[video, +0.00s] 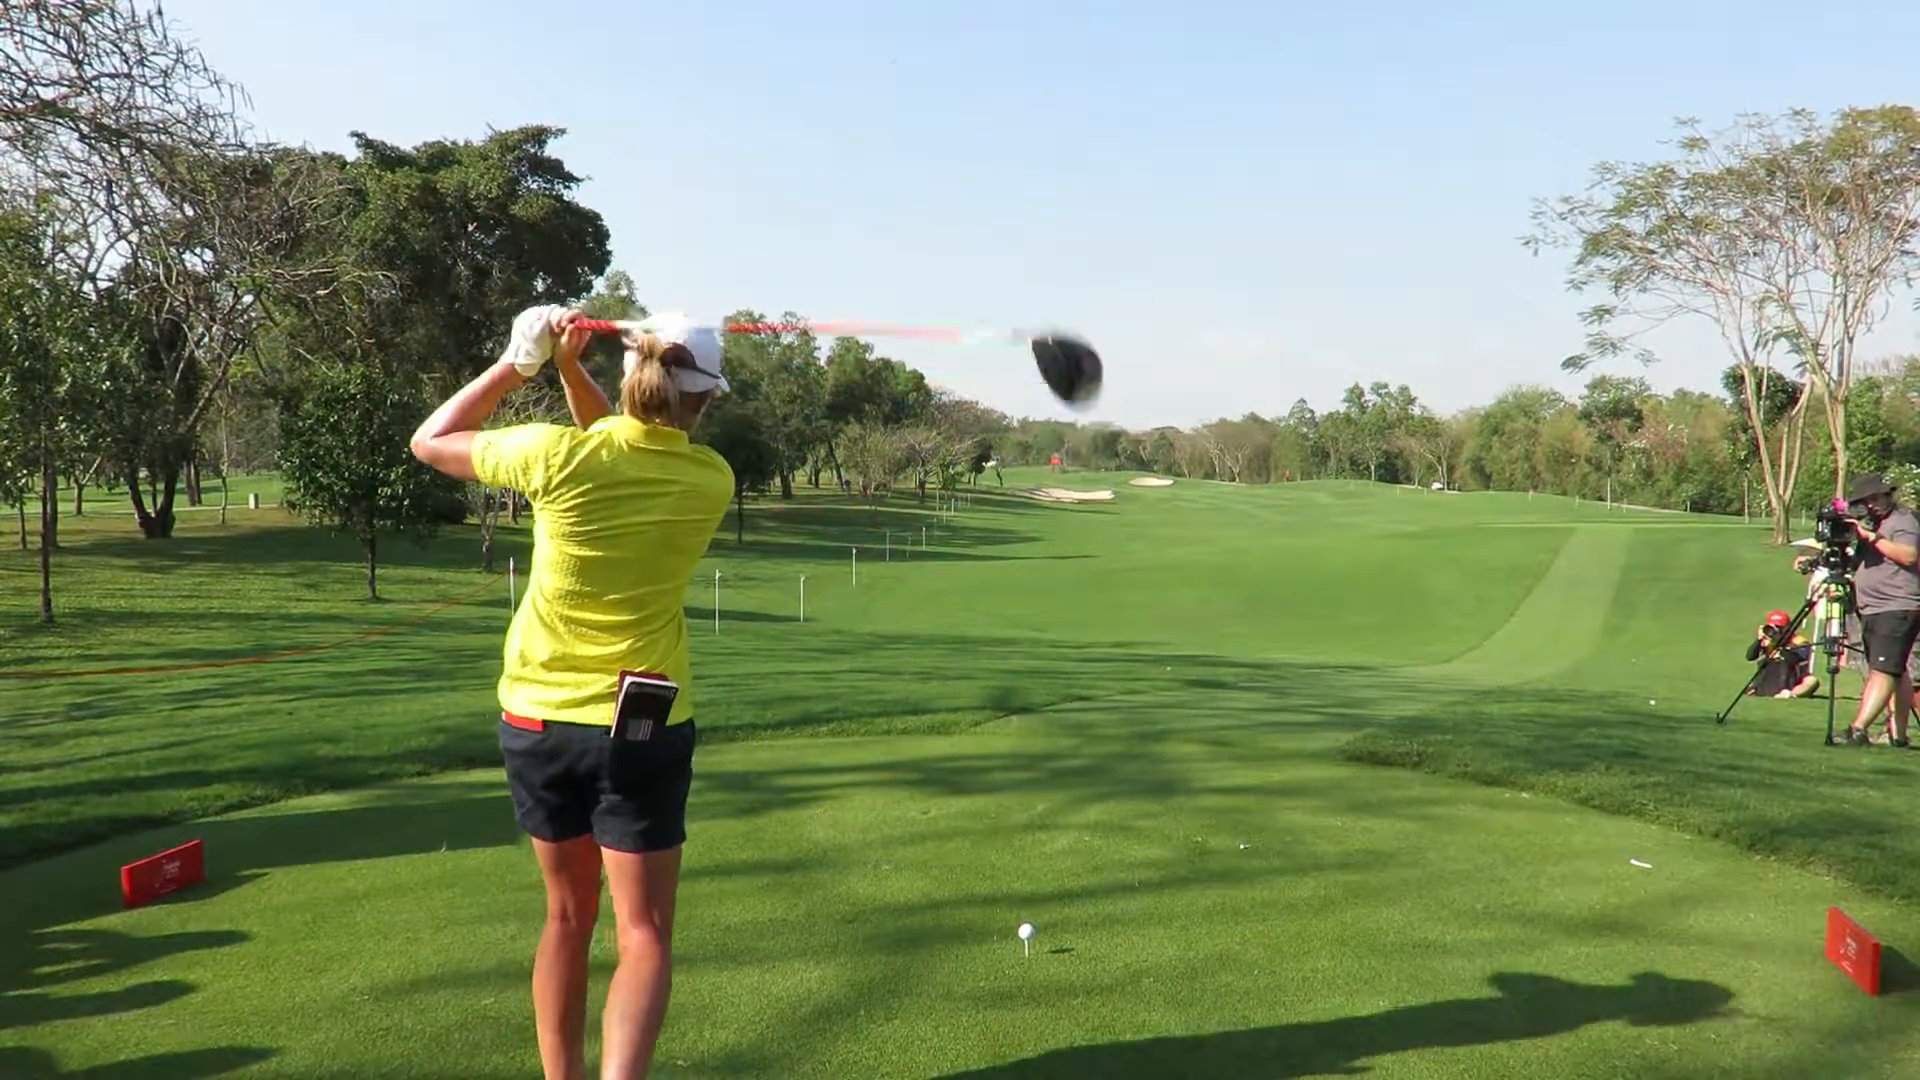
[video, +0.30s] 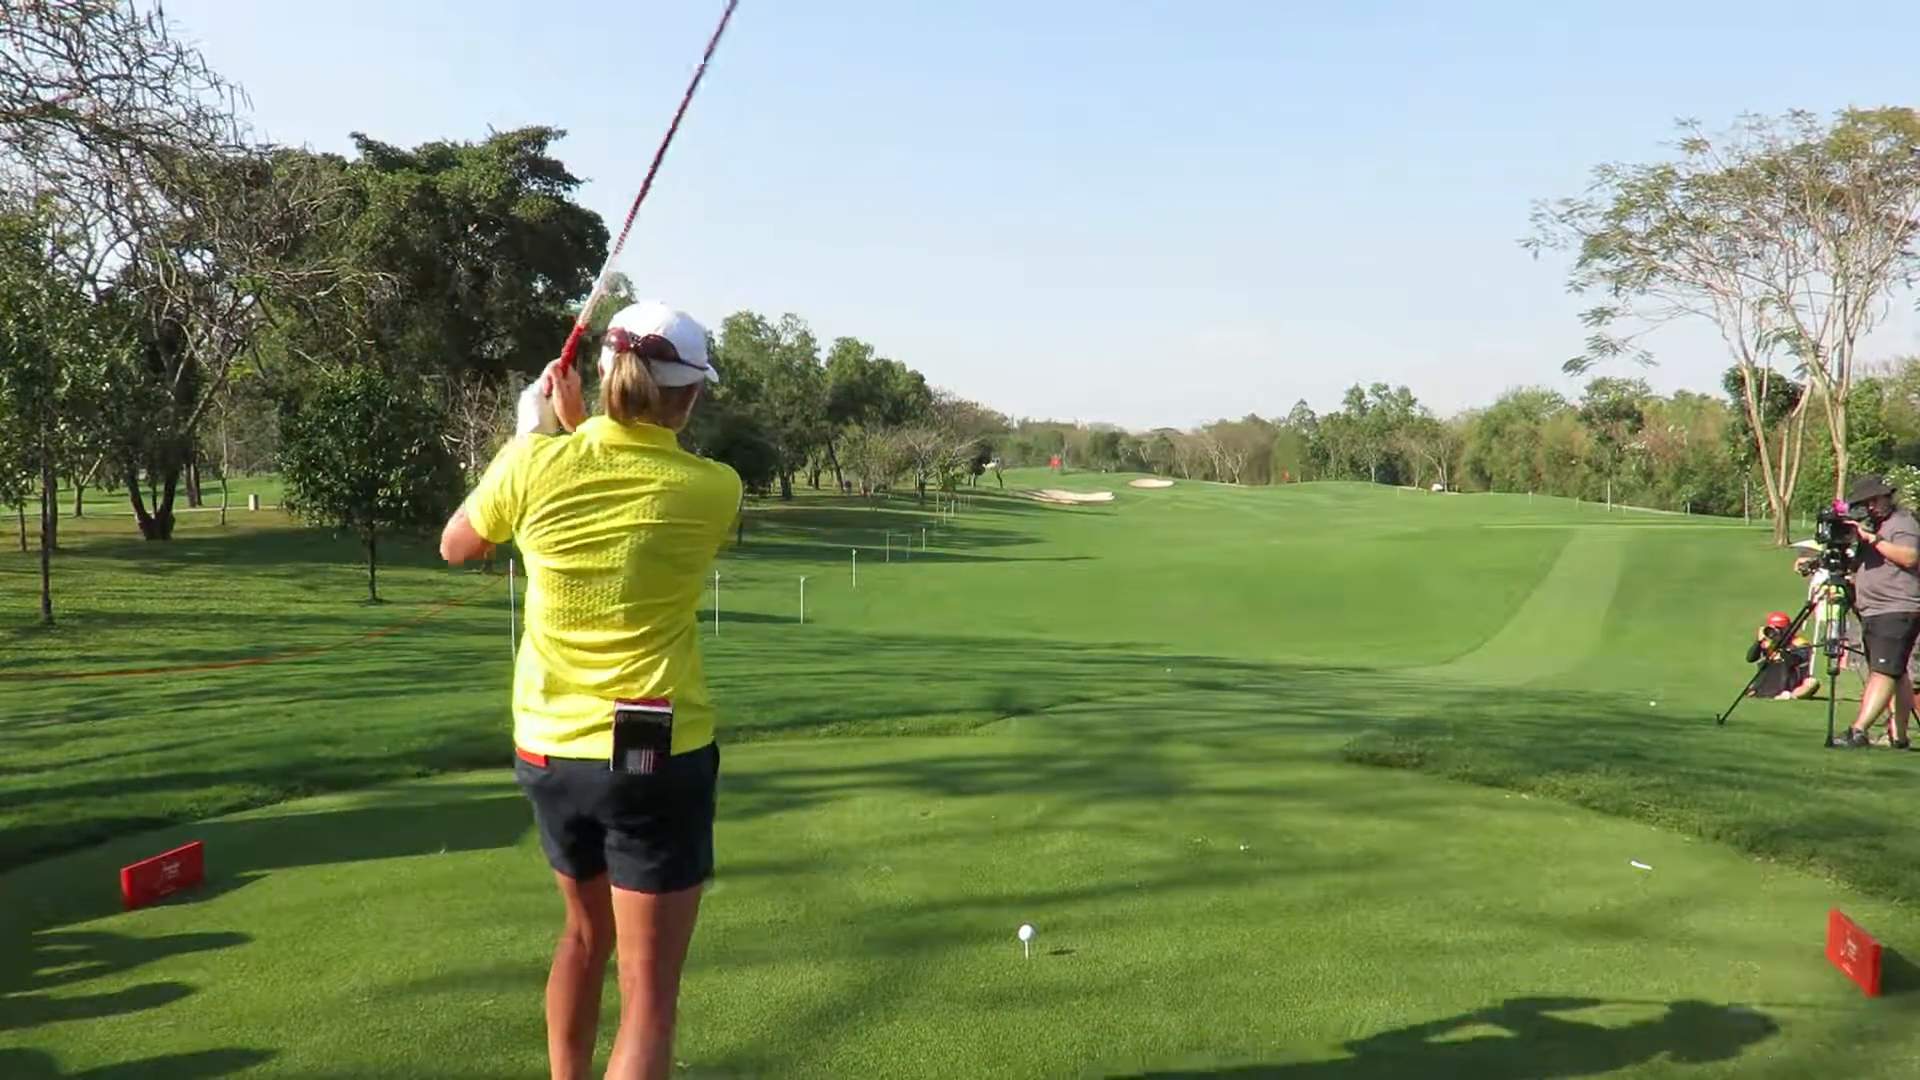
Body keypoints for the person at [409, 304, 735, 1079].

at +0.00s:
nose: (713, 403)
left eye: (710, 388)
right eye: (713, 391)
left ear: (629, 375)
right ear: (699, 398)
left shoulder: (554, 451)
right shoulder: (711, 480)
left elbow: (430, 440)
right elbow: (626, 445)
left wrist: (512, 363)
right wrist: (571, 365)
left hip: (538, 725)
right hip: (642, 730)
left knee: (566, 913)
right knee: (645, 931)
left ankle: (559, 1071)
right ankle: (620, 1072)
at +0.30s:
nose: (698, 399)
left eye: (699, 386)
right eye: (696, 387)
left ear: (608, 378)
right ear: (686, 397)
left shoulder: (537, 463)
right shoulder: (713, 490)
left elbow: (457, 545)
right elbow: (638, 491)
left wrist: (528, 442)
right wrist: (582, 423)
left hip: (552, 753)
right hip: (659, 759)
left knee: (583, 933)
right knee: (649, 997)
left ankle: (566, 1072)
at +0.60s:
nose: (685, 373)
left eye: (679, 355)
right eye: (685, 358)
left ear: (581, 346)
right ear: (672, 365)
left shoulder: (501, 443)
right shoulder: (708, 466)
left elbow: (455, 600)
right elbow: (713, 580)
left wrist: (545, 542)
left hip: (529, 770)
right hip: (654, 773)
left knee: (562, 970)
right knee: (639, 1020)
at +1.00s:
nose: (621, 377)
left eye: (622, 358)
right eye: (623, 359)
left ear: (501, 349)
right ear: (606, 364)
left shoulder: (409, 462)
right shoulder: (637, 477)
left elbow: (352, 659)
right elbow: (700, 661)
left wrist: (458, 614)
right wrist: (614, 584)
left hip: (441, 843)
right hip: (606, 839)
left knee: (474, 1070)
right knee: (646, 1047)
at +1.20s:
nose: (605, 349)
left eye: (605, 330)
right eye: (603, 332)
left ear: (475, 325)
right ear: (590, 339)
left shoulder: (370, 445)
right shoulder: (616, 467)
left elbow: (255, 634)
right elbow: (685, 692)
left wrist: (396, 659)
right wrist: (621, 625)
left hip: (397, 857)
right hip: (570, 852)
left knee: (450, 1068)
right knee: (633, 1064)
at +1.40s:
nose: (594, 346)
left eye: (593, 321)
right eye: (595, 324)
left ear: (462, 310)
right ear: (577, 327)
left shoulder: (350, 442)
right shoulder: (614, 468)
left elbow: (203, 631)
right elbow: (675, 719)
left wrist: (342, 720)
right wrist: (619, 709)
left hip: (379, 871)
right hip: (553, 877)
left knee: (427, 1065)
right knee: (570, 1062)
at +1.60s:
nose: (593, 343)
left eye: (591, 321)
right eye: (595, 324)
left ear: (453, 308)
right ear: (578, 329)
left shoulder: (336, 443)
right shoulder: (608, 472)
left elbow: (193, 655)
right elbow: (675, 742)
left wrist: (328, 772)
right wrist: (654, 832)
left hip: (349, 906)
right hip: (526, 916)